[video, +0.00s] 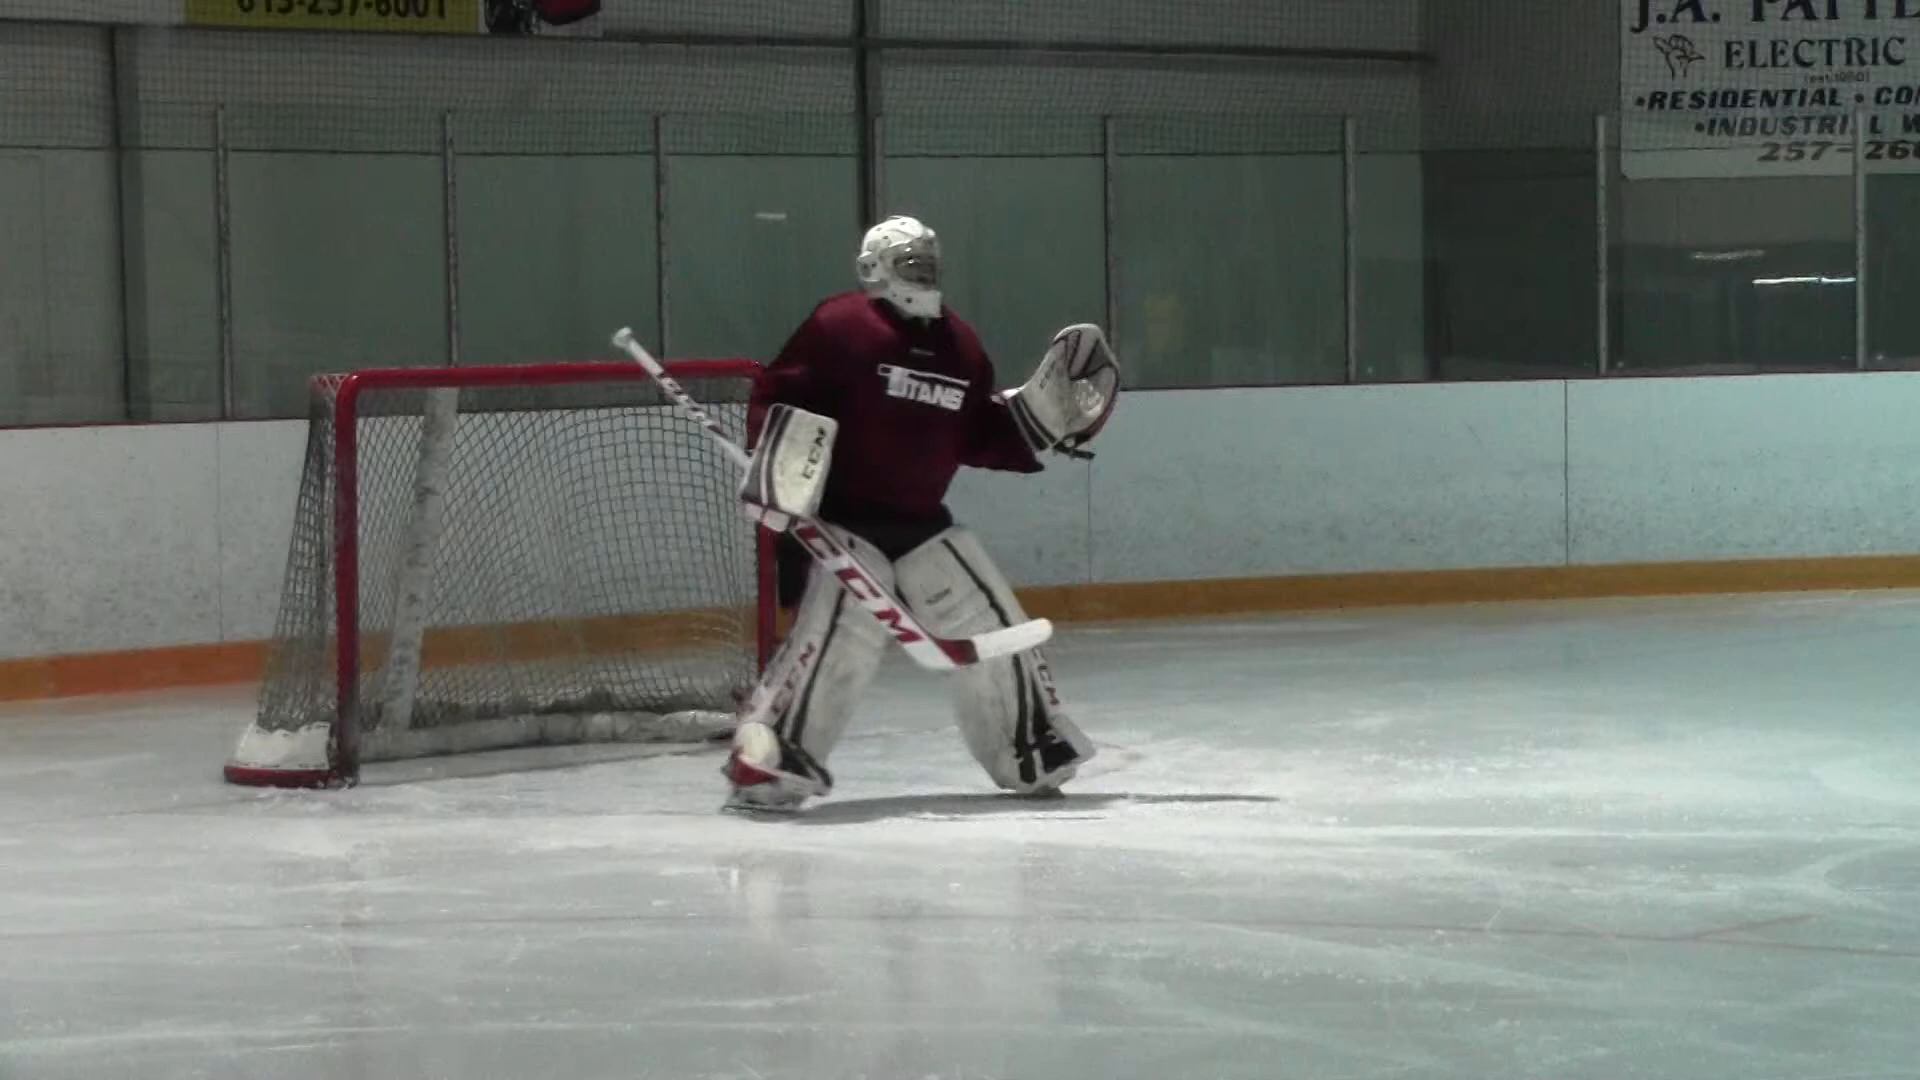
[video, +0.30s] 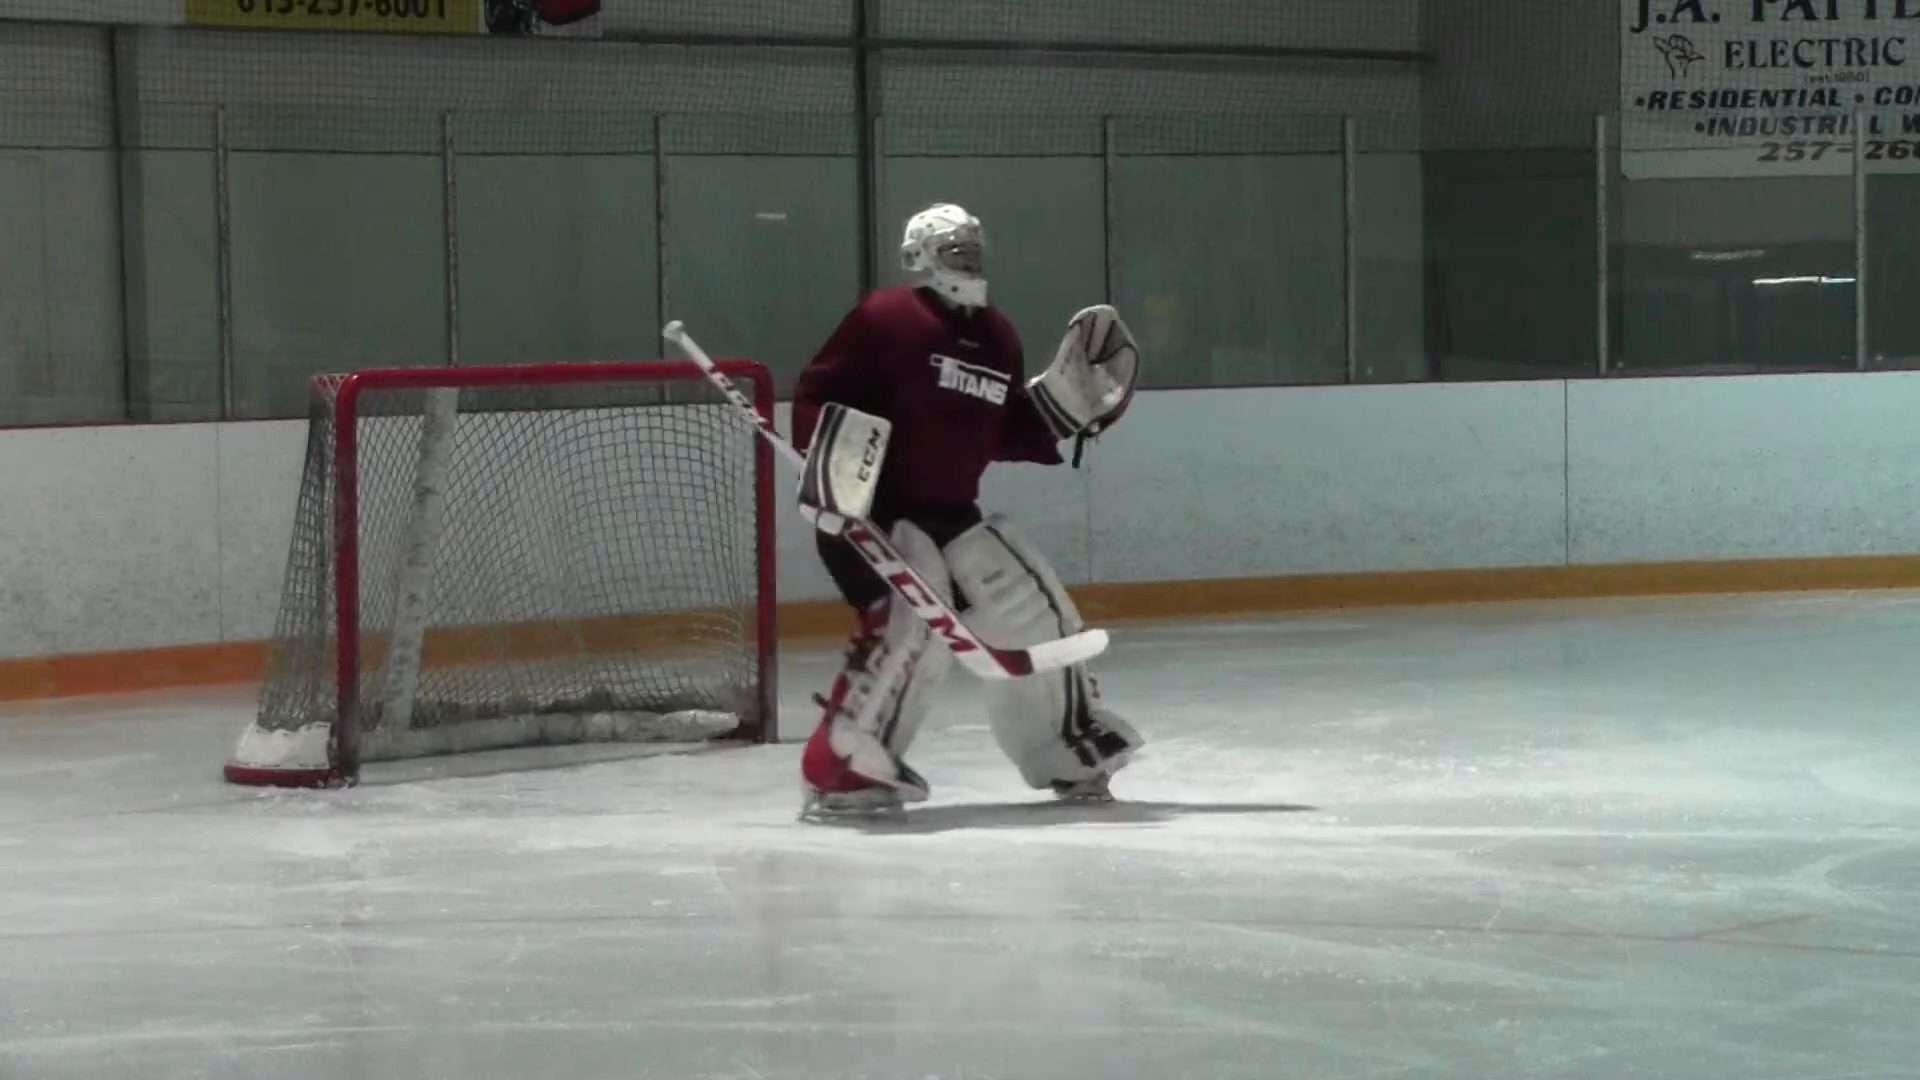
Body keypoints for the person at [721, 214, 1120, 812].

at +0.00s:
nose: (924, 282)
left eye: (930, 270)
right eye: (909, 270)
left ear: (937, 270)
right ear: (876, 274)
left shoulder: (960, 345)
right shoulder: (841, 326)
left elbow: (972, 436)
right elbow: (779, 398)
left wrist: (1045, 415)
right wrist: (776, 471)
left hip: (922, 525)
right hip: (841, 521)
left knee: (994, 627)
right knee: (842, 639)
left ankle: (1030, 760)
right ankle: (774, 769)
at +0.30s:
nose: (968, 268)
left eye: (974, 256)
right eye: (954, 257)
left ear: (982, 258)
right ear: (920, 261)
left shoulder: (996, 337)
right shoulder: (884, 318)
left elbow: (1001, 432)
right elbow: (816, 397)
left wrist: (1066, 405)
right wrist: (833, 456)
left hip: (954, 521)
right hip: (874, 515)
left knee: (1032, 618)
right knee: (913, 622)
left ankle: (1067, 753)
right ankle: (846, 765)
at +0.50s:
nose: (1011, 266)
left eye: (1015, 254)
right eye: (996, 256)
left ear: (1021, 255)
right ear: (962, 261)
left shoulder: (1034, 333)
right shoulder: (929, 316)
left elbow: (1043, 429)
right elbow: (858, 395)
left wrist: (1107, 405)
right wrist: (873, 478)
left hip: (1002, 514)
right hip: (930, 513)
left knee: (1060, 624)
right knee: (963, 636)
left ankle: (1091, 756)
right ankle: (904, 770)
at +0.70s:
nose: (1068, 276)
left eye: (1072, 266)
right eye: (1053, 267)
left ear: (1078, 270)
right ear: (1018, 274)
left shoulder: (1088, 347)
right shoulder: (984, 330)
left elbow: (1088, 439)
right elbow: (918, 422)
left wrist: (1155, 420)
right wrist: (936, 520)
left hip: (1055, 530)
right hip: (981, 529)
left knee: (1121, 621)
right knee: (1000, 647)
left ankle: (1148, 759)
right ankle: (920, 772)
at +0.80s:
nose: (1104, 287)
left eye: (1108, 275)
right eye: (1089, 277)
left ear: (1115, 278)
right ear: (1053, 284)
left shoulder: (1121, 358)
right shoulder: (1017, 337)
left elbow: (1117, 446)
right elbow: (949, 427)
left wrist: (1189, 420)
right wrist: (987, 489)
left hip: (1084, 540)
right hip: (1012, 540)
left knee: (1159, 627)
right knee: (1016, 654)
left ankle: (1192, 762)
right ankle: (924, 774)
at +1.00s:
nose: (1163, 285)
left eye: (1167, 274)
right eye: (1148, 276)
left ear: (1174, 278)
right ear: (1112, 282)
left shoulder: (1180, 357)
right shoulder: (1079, 336)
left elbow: (1180, 446)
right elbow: (1001, 417)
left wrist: (1244, 423)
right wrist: (1053, 469)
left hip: (1144, 538)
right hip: (1071, 540)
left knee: (1205, 628)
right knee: (1064, 658)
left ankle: (1246, 754)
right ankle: (1004, 771)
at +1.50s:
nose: (1220, 309)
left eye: (1221, 299)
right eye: (1206, 301)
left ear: (1221, 302)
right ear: (1172, 308)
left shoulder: (1218, 376)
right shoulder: (1147, 358)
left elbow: (1204, 462)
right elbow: (1068, 420)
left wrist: (1274, 447)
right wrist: (1115, 480)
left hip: (1165, 530)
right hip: (1086, 525)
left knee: (1230, 610)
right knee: (1140, 632)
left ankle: (1231, 741)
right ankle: (1078, 757)